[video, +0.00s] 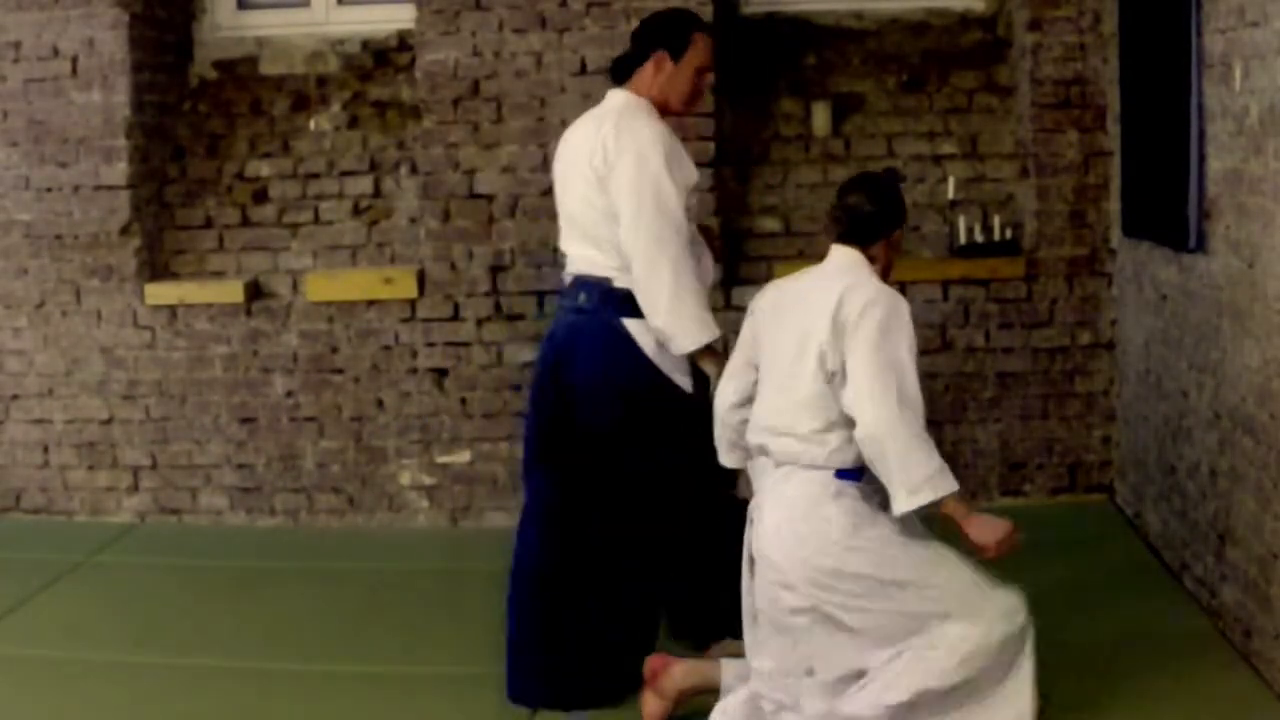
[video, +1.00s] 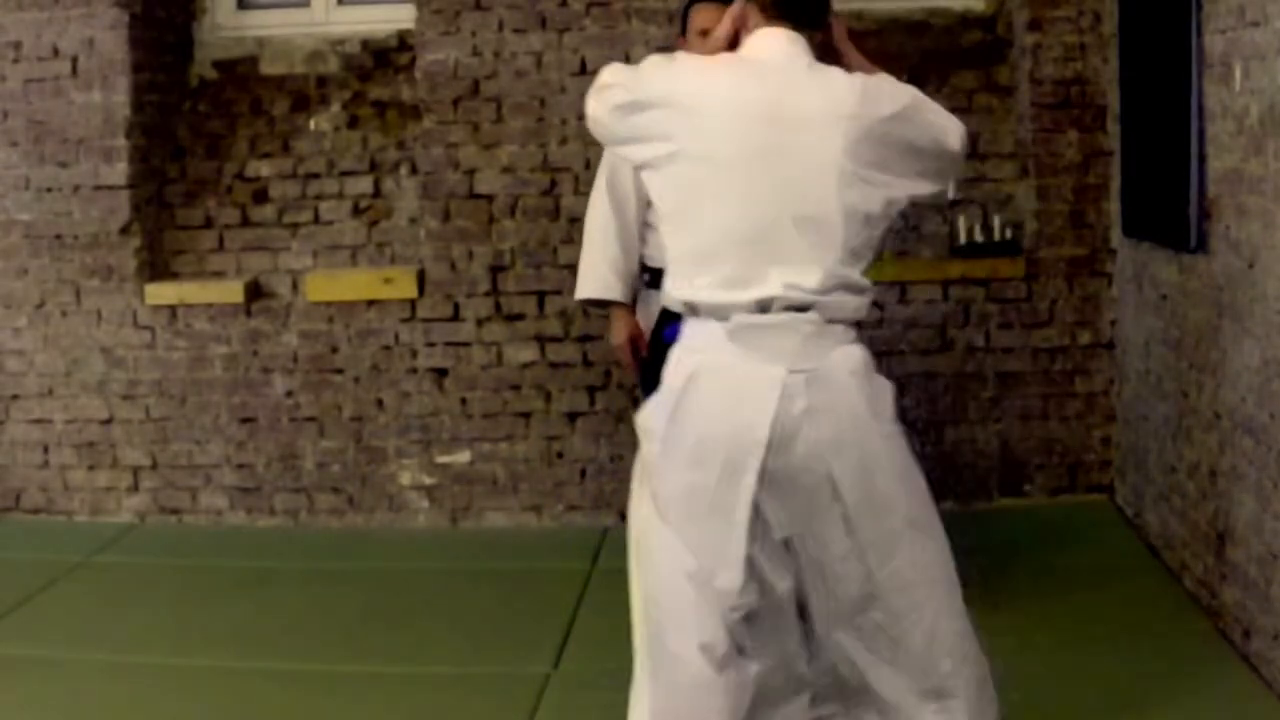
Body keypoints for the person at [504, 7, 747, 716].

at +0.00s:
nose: (705, 88)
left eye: (708, 74)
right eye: (699, 72)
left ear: (649, 66)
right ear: (659, 63)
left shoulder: (582, 128)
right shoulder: (640, 132)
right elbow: (657, 250)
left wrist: (686, 246)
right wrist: (714, 354)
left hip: (576, 331)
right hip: (629, 335)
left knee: (575, 510)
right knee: (669, 496)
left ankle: (567, 674)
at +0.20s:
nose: (728, 79)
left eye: (730, 66)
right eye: (719, 64)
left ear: (679, 63)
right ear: (676, 59)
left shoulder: (653, 121)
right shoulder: (655, 130)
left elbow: (676, 239)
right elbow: (670, 247)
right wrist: (717, 349)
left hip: (650, 316)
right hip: (665, 323)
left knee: (635, 477)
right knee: (674, 482)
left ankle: (604, 628)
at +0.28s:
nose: (731, 76)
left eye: (735, 63)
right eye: (721, 62)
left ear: (692, 62)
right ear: (677, 58)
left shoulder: (688, 123)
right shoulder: (656, 130)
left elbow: (707, 218)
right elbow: (668, 243)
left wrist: (750, 254)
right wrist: (711, 346)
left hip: (706, 308)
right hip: (674, 318)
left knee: (703, 471)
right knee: (683, 474)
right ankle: (679, 624)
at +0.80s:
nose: (726, 46)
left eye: (734, 36)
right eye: (713, 35)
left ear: (744, 47)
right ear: (685, 46)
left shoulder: (761, 122)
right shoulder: (649, 129)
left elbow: (790, 213)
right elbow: (621, 226)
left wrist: (787, 300)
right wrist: (644, 310)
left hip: (758, 304)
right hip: (683, 308)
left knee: (757, 463)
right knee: (690, 470)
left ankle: (758, 622)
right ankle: (681, 625)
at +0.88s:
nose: (723, 46)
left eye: (733, 36)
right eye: (711, 35)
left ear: (747, 42)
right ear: (685, 45)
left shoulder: (763, 109)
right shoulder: (653, 113)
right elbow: (618, 213)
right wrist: (631, 306)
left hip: (752, 294)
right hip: (674, 296)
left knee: (749, 444)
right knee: (685, 447)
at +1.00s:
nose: (718, 44)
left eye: (729, 32)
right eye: (704, 33)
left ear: (747, 34)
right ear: (680, 42)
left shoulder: (771, 117)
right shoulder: (646, 120)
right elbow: (615, 216)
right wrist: (621, 308)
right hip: (671, 299)